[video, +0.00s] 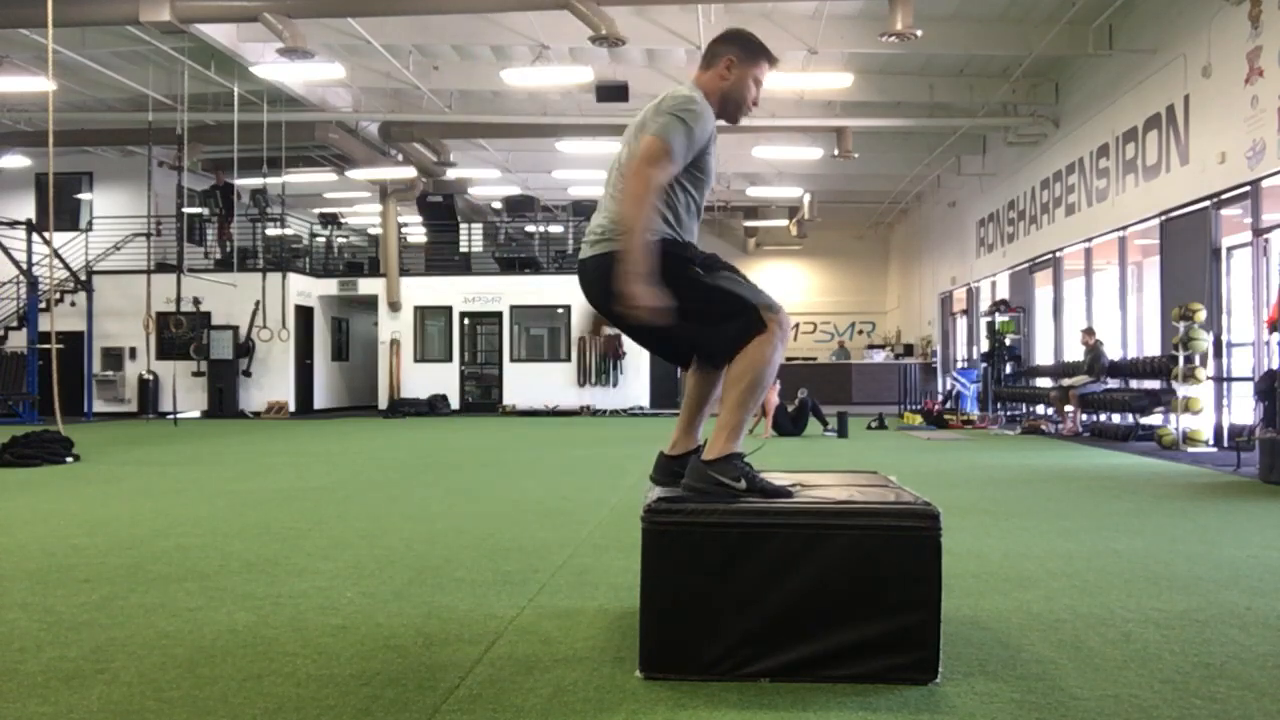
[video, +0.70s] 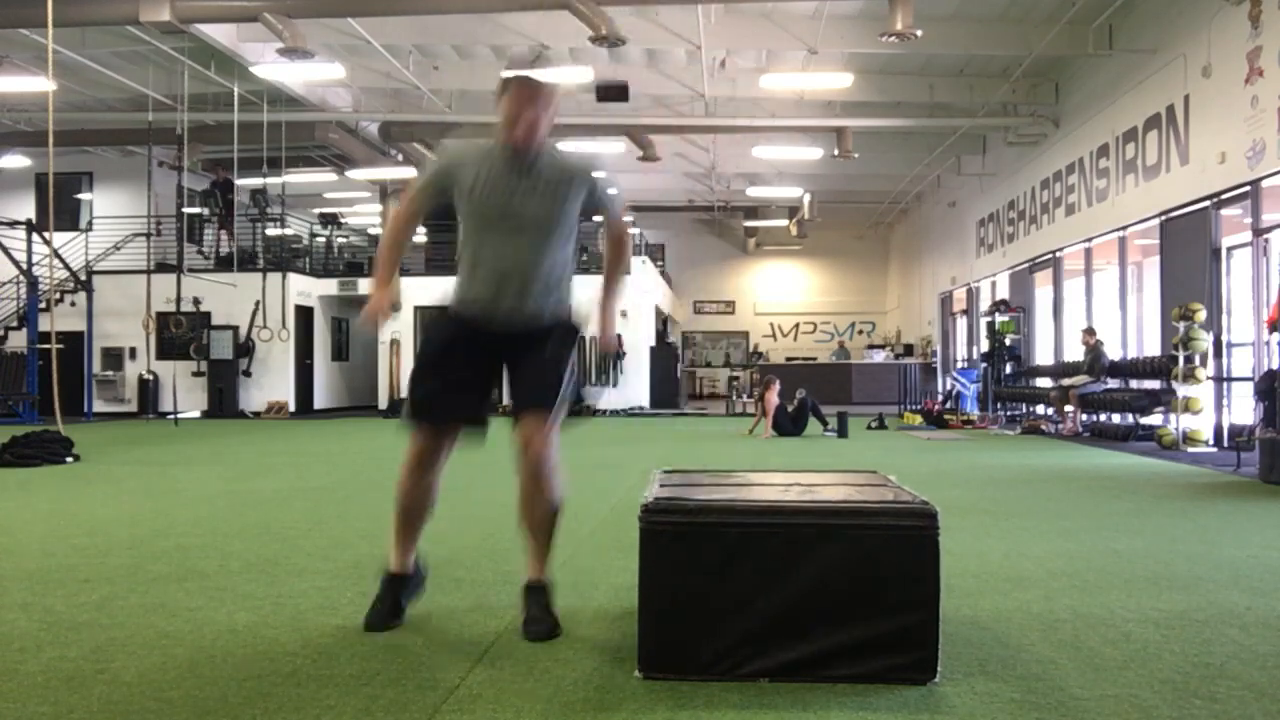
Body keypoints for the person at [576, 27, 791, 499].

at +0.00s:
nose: (758, 99)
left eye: (761, 87)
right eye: (757, 82)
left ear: (718, 71)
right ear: (726, 68)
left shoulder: (662, 110)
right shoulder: (691, 107)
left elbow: (621, 204)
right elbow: (642, 174)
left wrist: (606, 306)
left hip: (604, 261)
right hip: (642, 252)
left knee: (715, 339)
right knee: (770, 324)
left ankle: (680, 455)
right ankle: (721, 459)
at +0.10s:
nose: (742, 74)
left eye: (746, 64)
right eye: (737, 58)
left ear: (701, 53)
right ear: (703, 46)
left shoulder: (683, 107)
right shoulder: (673, 88)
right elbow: (663, 155)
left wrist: (756, 372)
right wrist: (721, 215)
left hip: (607, 253)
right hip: (631, 243)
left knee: (713, 342)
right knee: (759, 324)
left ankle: (678, 457)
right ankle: (719, 461)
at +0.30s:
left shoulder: (660, 22)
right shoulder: (604, 3)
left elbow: (637, 95)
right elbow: (576, 57)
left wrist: (670, 135)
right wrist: (669, 50)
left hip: (619, 173)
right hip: (570, 161)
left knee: (679, 284)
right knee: (643, 281)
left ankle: (662, 427)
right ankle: (660, 430)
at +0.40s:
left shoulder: (641, 16)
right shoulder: (563, 3)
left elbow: (607, 88)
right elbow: (523, 59)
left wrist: (633, 138)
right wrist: (607, 64)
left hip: (609, 160)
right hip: (547, 155)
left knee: (659, 267)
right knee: (593, 268)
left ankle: (599, 384)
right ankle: (561, 412)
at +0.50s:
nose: (607, 2)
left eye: (614, 0)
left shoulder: (627, 39)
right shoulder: (521, 17)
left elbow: (615, 104)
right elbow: (471, 91)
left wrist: (617, 154)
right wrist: (530, 125)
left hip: (595, 188)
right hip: (524, 186)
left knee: (625, 297)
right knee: (526, 302)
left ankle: (588, 424)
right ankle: (492, 432)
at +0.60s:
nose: (565, 34)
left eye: (579, 23)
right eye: (559, 19)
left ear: (596, 25)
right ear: (539, 14)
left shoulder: (610, 86)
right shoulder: (493, 69)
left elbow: (617, 147)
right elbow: (434, 142)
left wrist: (605, 204)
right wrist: (445, 205)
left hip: (570, 243)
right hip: (494, 238)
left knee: (581, 366)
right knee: (461, 368)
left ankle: (581, 506)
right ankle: (434, 495)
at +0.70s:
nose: (523, 122)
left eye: (533, 112)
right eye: (516, 110)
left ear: (551, 117)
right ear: (499, 111)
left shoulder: (578, 175)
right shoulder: (460, 161)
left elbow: (618, 231)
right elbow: (404, 214)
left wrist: (607, 313)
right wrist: (382, 284)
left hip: (543, 330)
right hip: (468, 324)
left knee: (538, 449)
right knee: (425, 448)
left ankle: (537, 584)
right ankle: (401, 570)